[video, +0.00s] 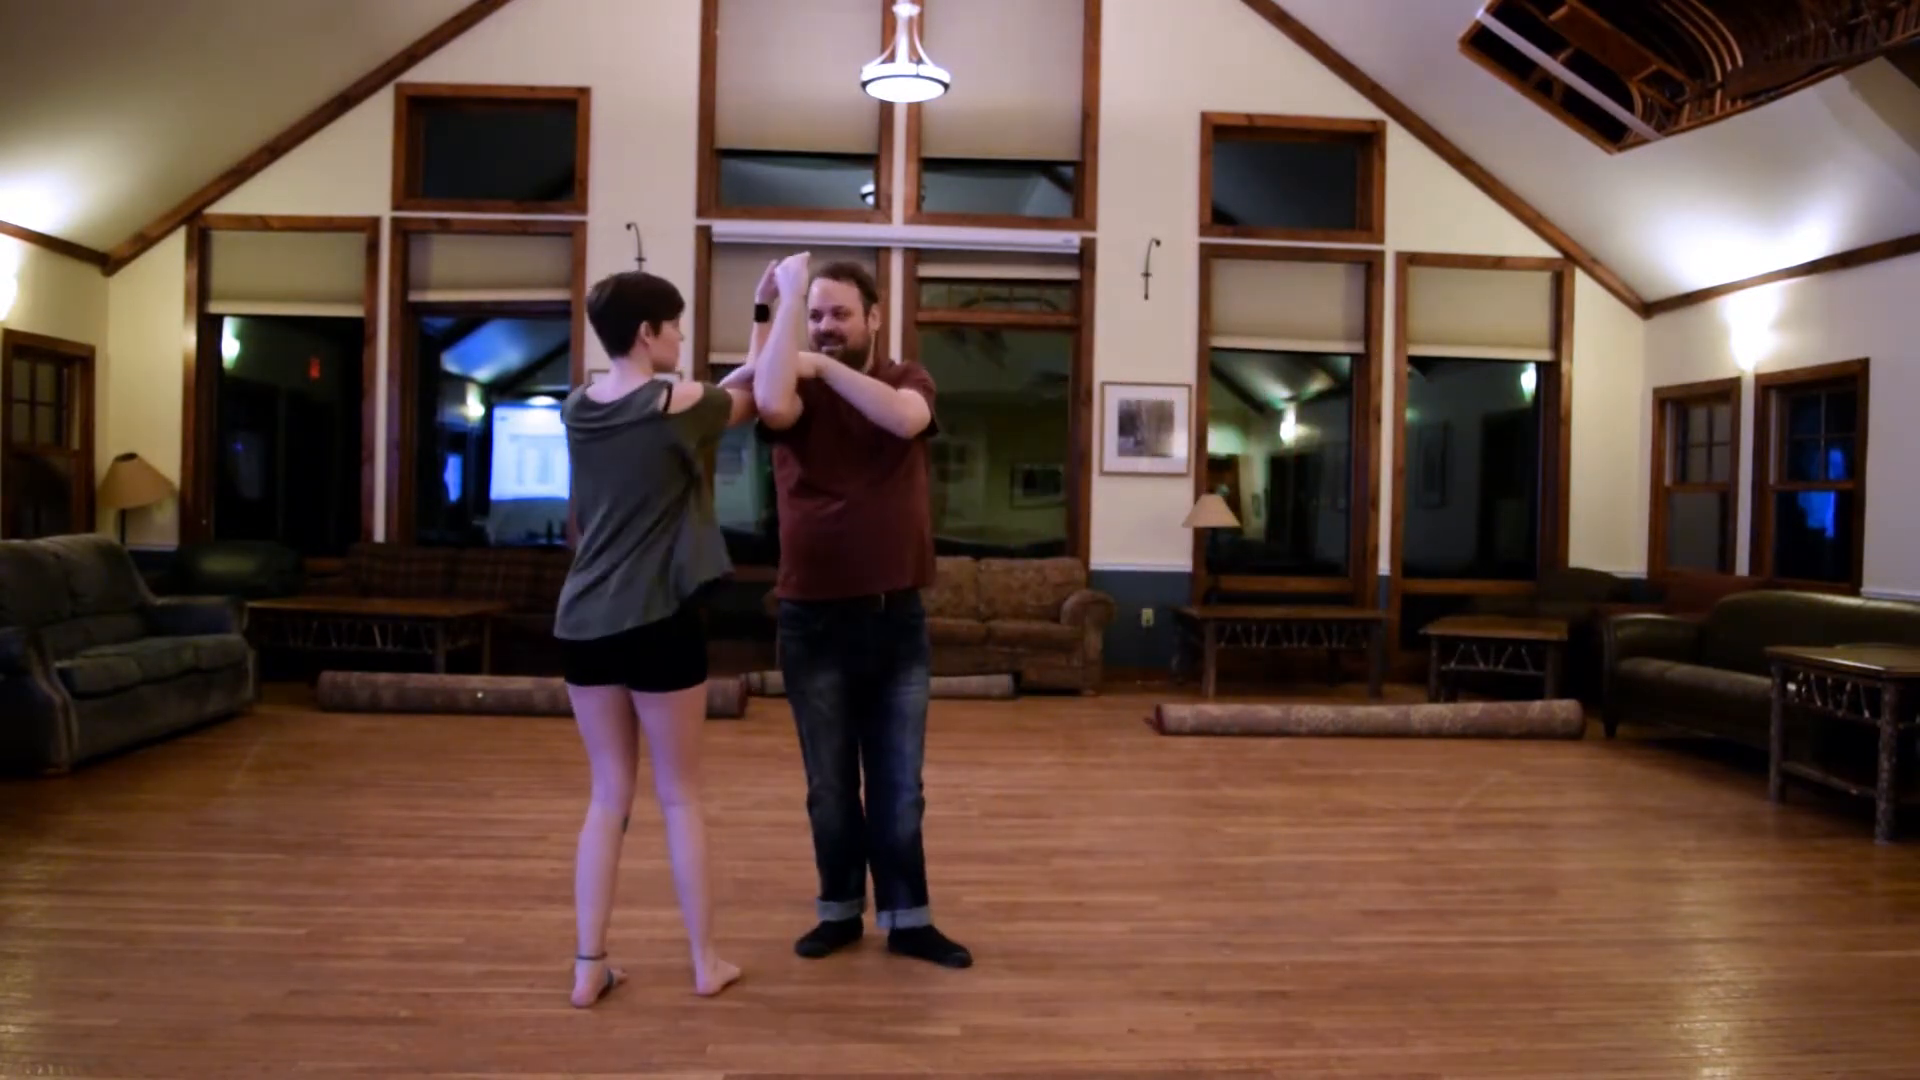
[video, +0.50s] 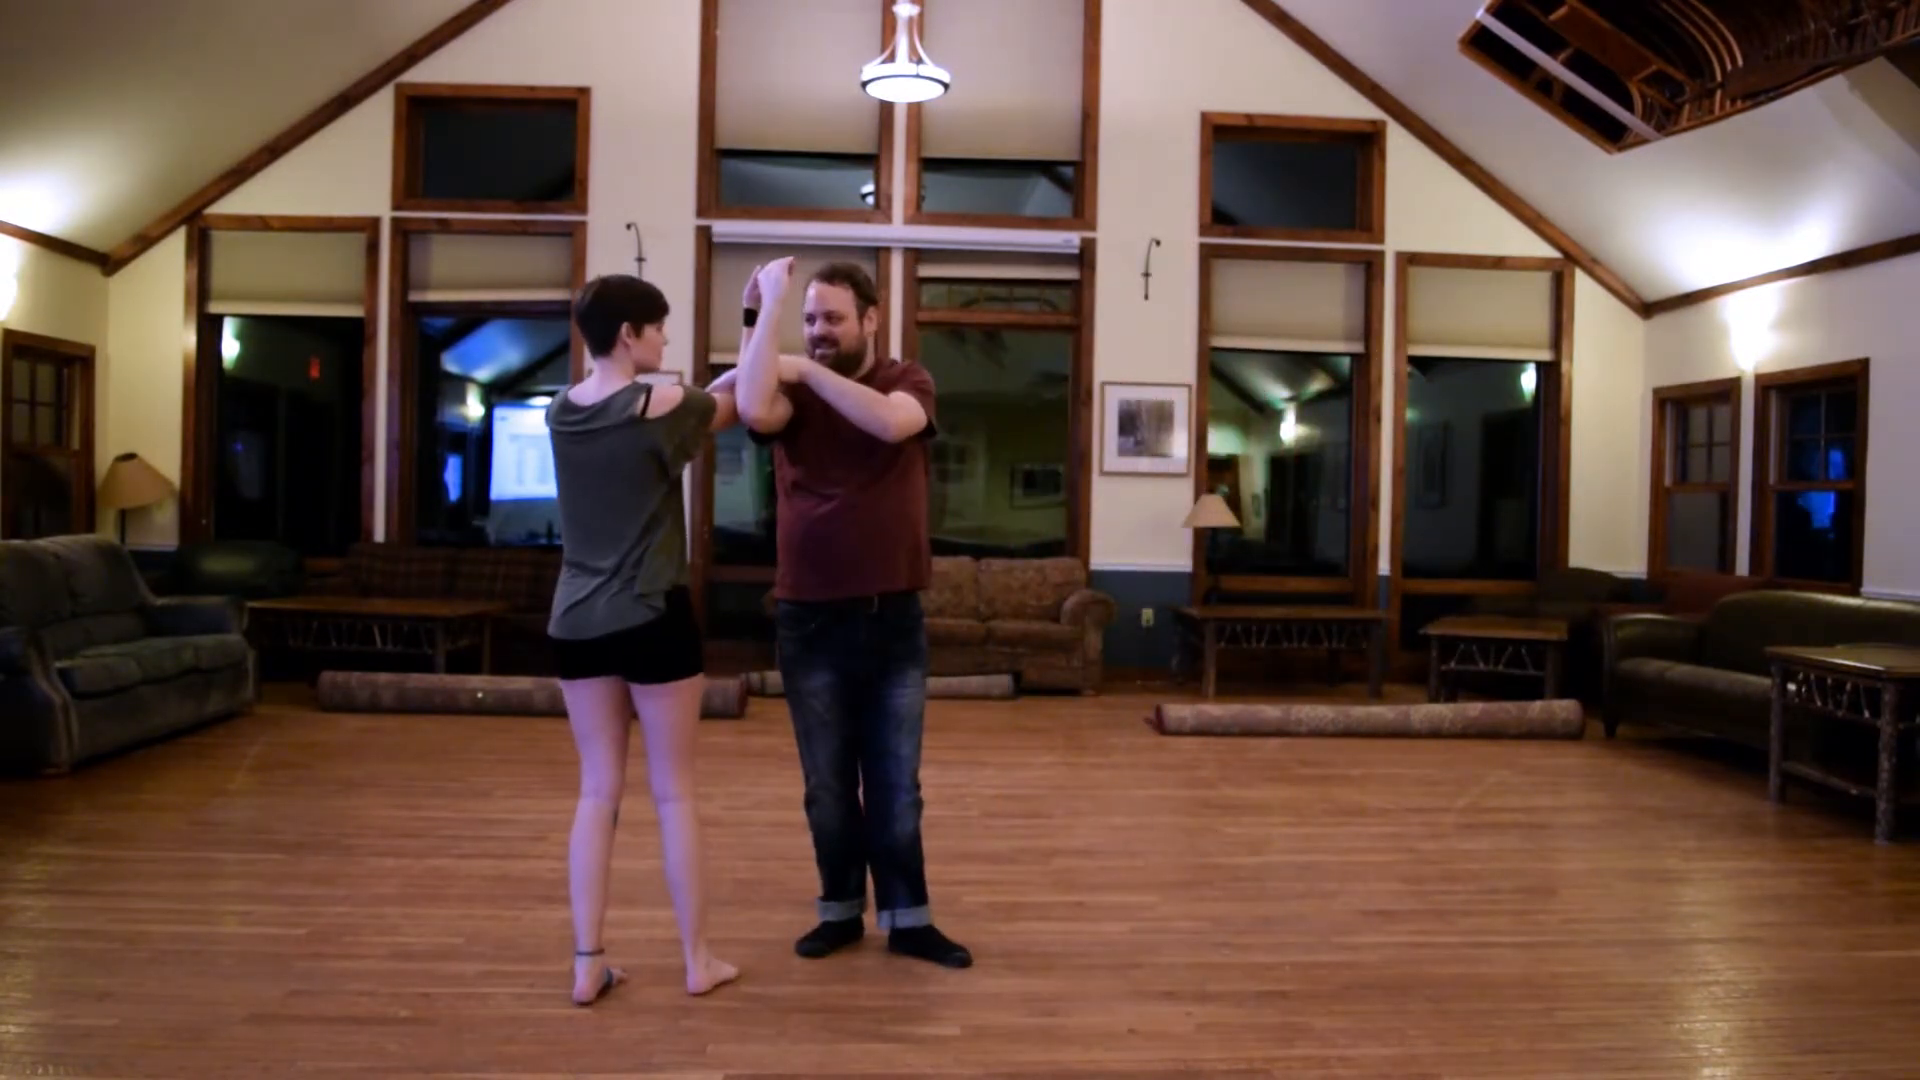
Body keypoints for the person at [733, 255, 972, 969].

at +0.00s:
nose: (823, 328)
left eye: (836, 315)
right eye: (814, 316)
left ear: (872, 319)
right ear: (798, 321)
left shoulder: (905, 377)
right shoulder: (783, 382)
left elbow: (905, 416)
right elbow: (773, 405)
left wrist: (821, 364)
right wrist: (784, 311)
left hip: (897, 605)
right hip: (813, 610)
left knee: (899, 776)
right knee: (829, 776)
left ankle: (908, 919)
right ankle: (839, 912)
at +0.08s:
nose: (824, 332)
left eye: (836, 318)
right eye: (813, 319)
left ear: (870, 320)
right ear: (799, 322)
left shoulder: (905, 378)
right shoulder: (784, 383)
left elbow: (902, 420)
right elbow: (768, 407)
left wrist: (816, 367)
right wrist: (781, 315)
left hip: (895, 604)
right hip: (811, 609)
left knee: (899, 776)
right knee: (827, 777)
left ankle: (908, 919)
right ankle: (839, 912)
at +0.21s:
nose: (820, 330)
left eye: (833, 317)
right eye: (812, 319)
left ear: (871, 320)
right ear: (801, 323)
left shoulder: (906, 378)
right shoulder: (786, 384)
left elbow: (900, 420)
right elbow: (765, 412)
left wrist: (811, 365)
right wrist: (777, 316)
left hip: (894, 606)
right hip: (811, 610)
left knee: (896, 775)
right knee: (827, 776)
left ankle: (908, 919)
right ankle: (839, 912)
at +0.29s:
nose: (819, 331)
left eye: (832, 318)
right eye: (811, 320)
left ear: (870, 320)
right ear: (802, 325)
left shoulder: (907, 378)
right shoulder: (788, 386)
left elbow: (897, 421)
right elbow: (760, 411)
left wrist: (806, 364)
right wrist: (774, 314)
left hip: (893, 606)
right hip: (810, 611)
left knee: (896, 775)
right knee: (826, 776)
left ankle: (908, 919)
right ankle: (840, 912)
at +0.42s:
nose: (817, 331)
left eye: (830, 318)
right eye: (810, 320)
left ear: (870, 320)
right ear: (805, 325)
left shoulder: (908, 378)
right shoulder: (793, 390)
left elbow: (895, 421)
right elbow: (757, 410)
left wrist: (804, 367)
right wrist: (772, 315)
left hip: (893, 607)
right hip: (810, 611)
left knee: (896, 775)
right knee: (826, 776)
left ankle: (908, 919)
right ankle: (840, 911)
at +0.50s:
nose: (817, 331)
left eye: (829, 318)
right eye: (810, 320)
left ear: (870, 321)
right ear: (805, 326)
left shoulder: (908, 378)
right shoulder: (795, 392)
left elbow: (894, 421)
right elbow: (754, 410)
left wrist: (803, 368)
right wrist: (768, 316)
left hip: (893, 606)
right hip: (810, 610)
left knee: (896, 774)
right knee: (826, 775)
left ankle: (907, 919)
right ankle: (840, 911)